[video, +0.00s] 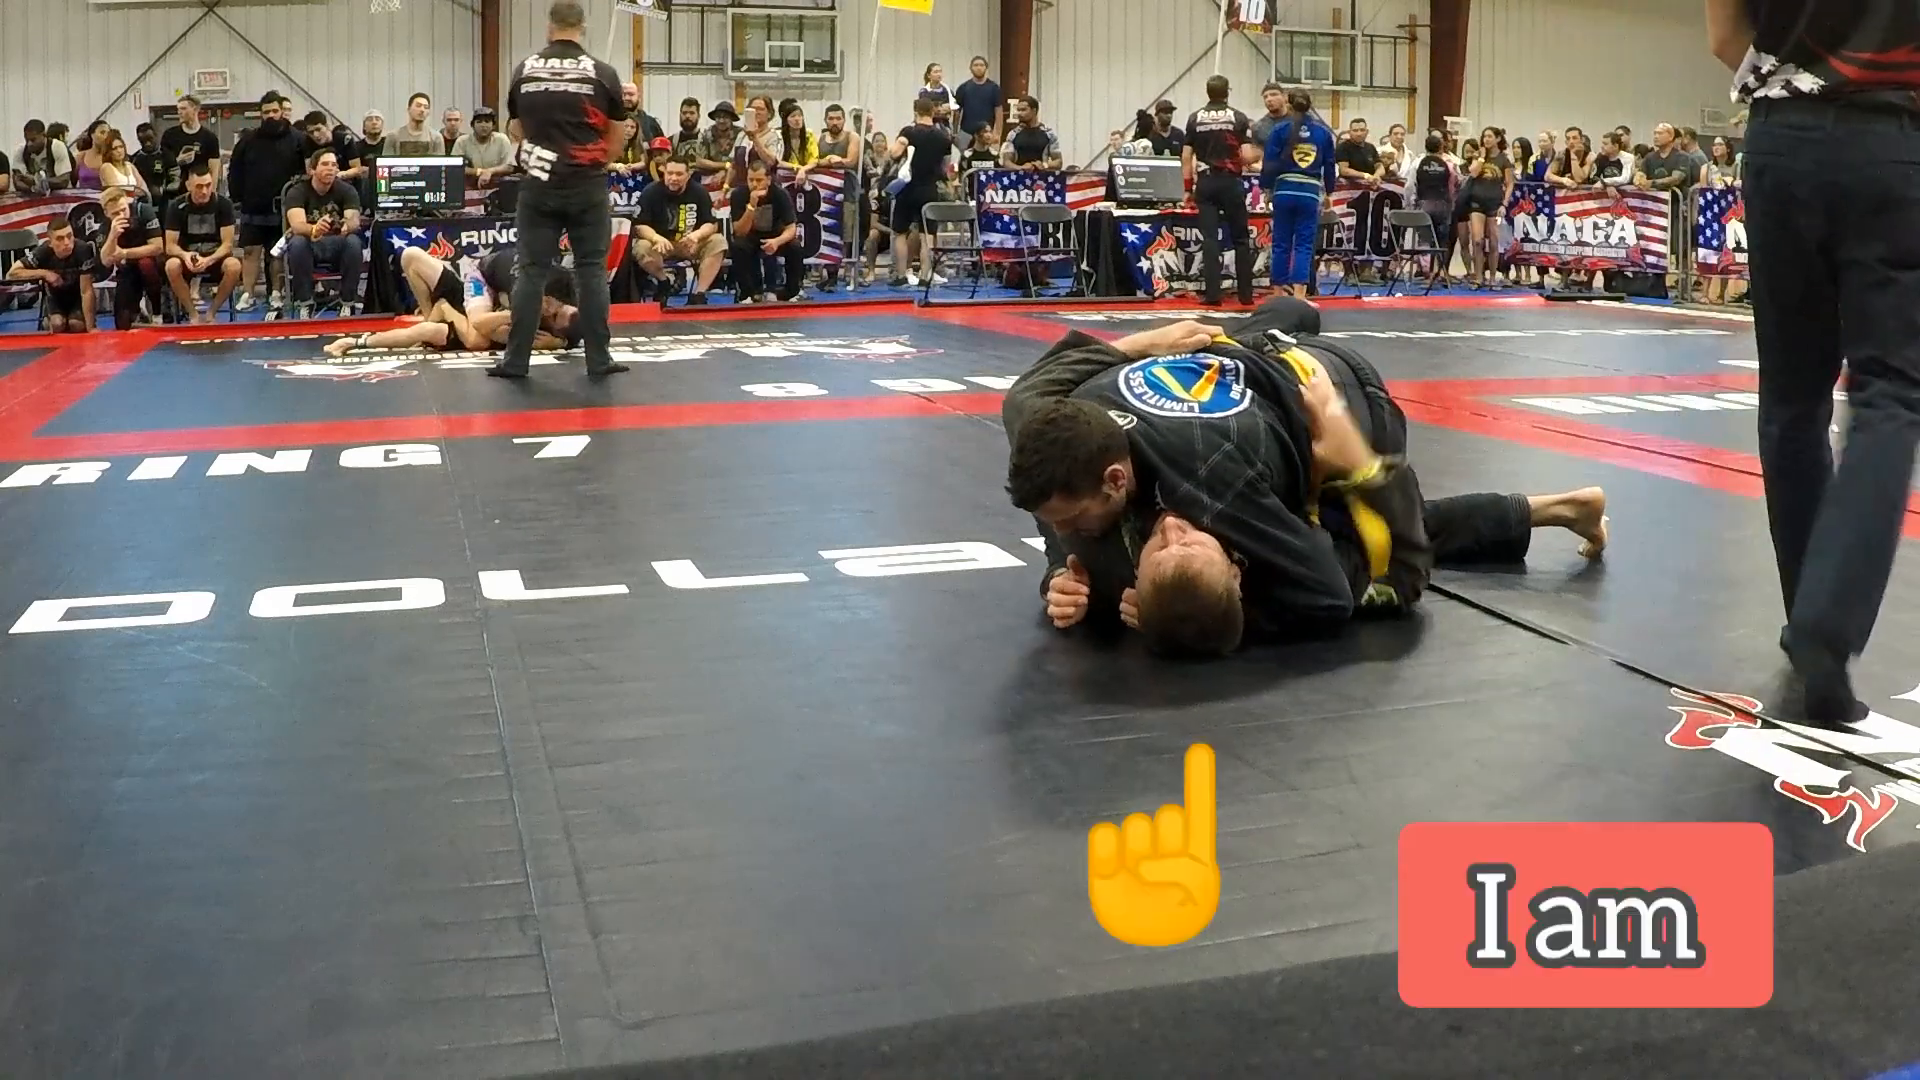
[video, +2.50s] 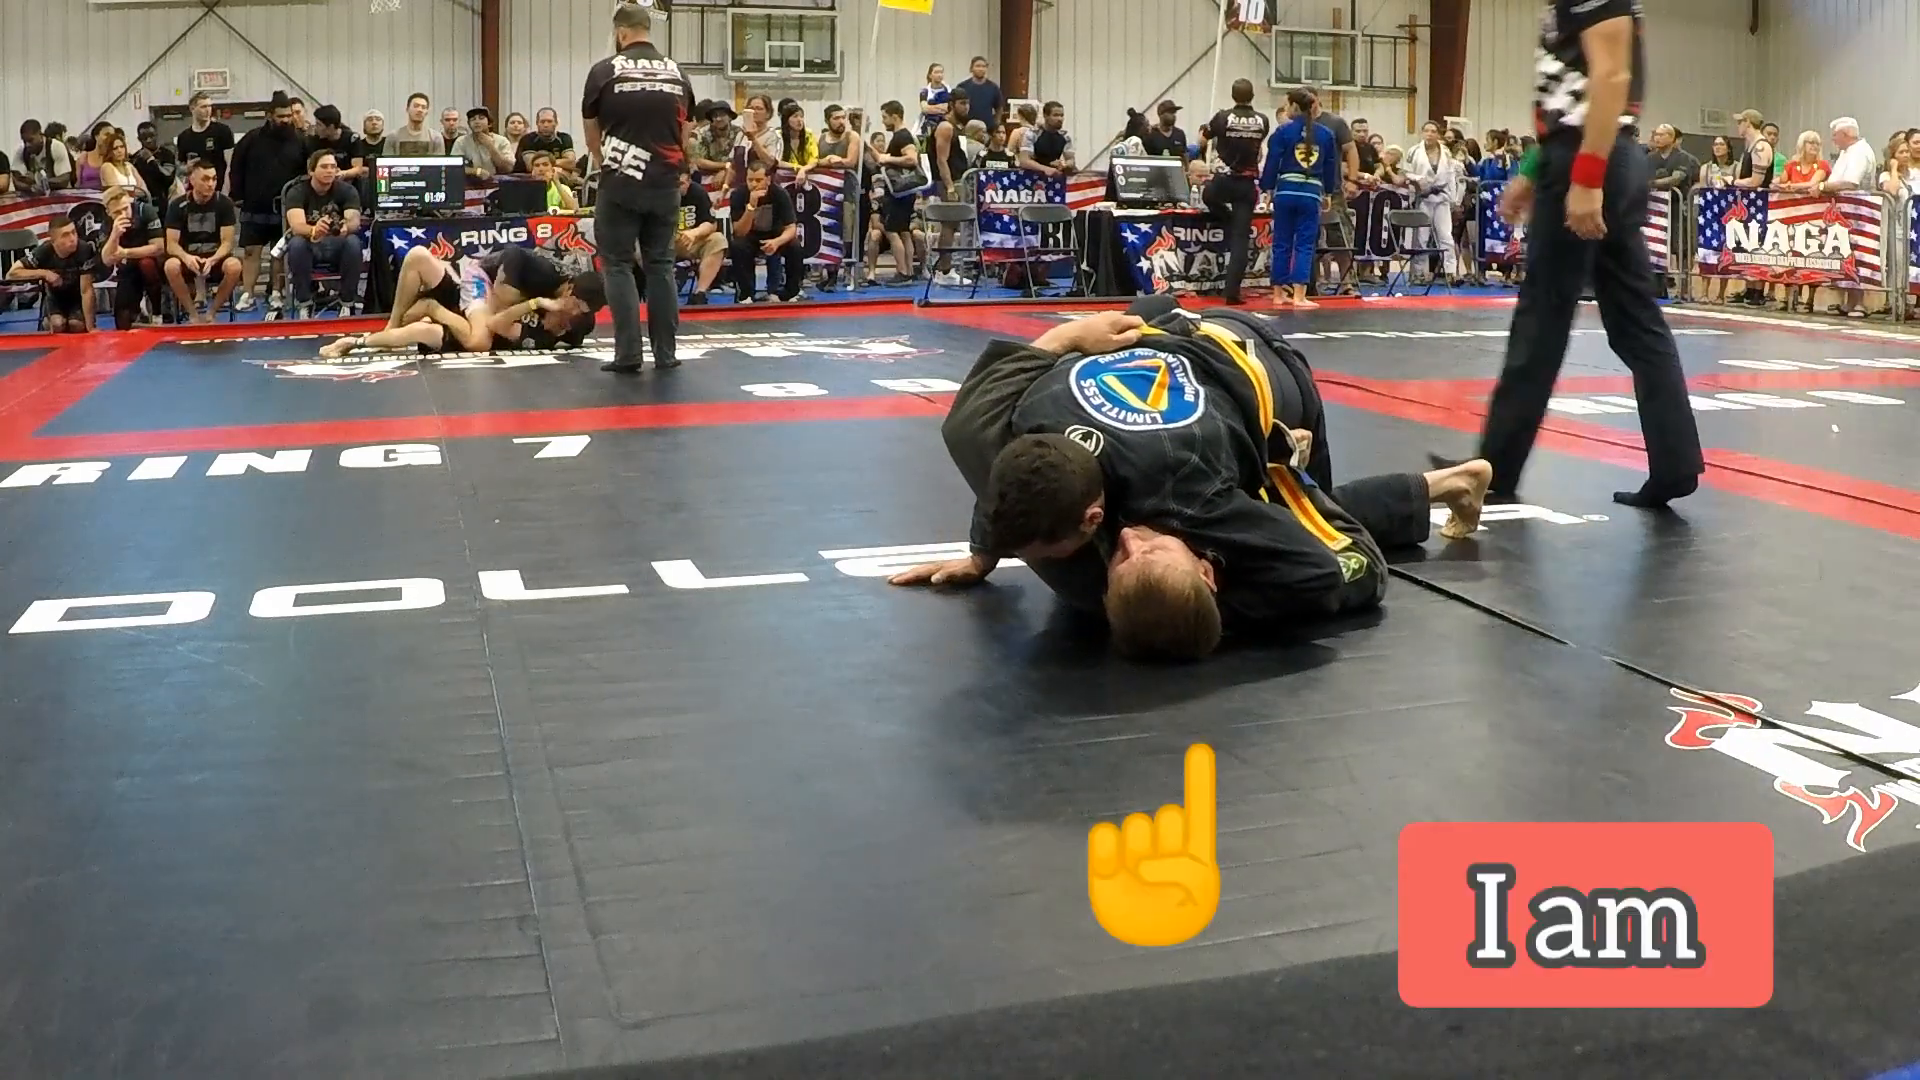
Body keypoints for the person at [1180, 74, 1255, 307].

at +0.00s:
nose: (1225, 94)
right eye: (1226, 90)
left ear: (1207, 93)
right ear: (1227, 93)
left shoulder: (1194, 119)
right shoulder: (1239, 118)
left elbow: (1186, 157)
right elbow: (1248, 156)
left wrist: (1188, 189)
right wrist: (1236, 160)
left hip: (1205, 180)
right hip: (1231, 181)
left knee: (1209, 239)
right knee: (1241, 238)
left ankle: (1212, 295)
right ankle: (1245, 295)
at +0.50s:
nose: (1217, 97)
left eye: (1216, 93)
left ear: (1215, 95)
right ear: (1235, 94)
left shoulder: (1205, 117)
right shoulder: (1249, 118)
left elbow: (1197, 155)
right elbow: (1254, 156)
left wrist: (1196, 183)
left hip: (1211, 180)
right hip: (1237, 182)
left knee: (1213, 239)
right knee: (1239, 239)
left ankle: (1213, 294)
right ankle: (1234, 295)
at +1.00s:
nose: (1226, 96)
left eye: (1225, 93)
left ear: (1226, 95)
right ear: (1245, 96)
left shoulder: (1214, 117)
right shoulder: (1256, 119)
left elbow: (1204, 155)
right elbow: (1250, 149)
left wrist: (1197, 185)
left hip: (1218, 178)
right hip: (1242, 180)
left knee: (1230, 233)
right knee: (1238, 237)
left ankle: (1233, 285)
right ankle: (1232, 292)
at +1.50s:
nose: (1216, 99)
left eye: (1217, 96)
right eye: (1217, 96)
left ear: (1222, 97)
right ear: (1239, 96)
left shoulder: (1216, 122)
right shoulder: (1255, 118)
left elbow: (1208, 159)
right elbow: (1256, 149)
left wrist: (1198, 186)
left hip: (1220, 179)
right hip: (1245, 181)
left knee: (1212, 200)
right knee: (1239, 238)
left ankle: (1231, 228)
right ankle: (1232, 293)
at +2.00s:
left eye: (1236, 93)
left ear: (1232, 96)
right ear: (1251, 97)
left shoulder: (1221, 119)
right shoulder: (1261, 121)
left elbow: (1210, 155)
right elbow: (1259, 151)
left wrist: (1199, 170)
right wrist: (1246, 165)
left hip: (1220, 178)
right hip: (1244, 182)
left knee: (1210, 198)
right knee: (1238, 239)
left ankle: (1227, 222)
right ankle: (1231, 292)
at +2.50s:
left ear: (1233, 96)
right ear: (1252, 97)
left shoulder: (1222, 117)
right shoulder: (1262, 120)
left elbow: (1207, 134)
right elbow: (1259, 141)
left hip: (1224, 179)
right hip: (1248, 182)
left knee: (1209, 197)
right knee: (1240, 239)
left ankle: (1230, 221)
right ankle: (1232, 293)